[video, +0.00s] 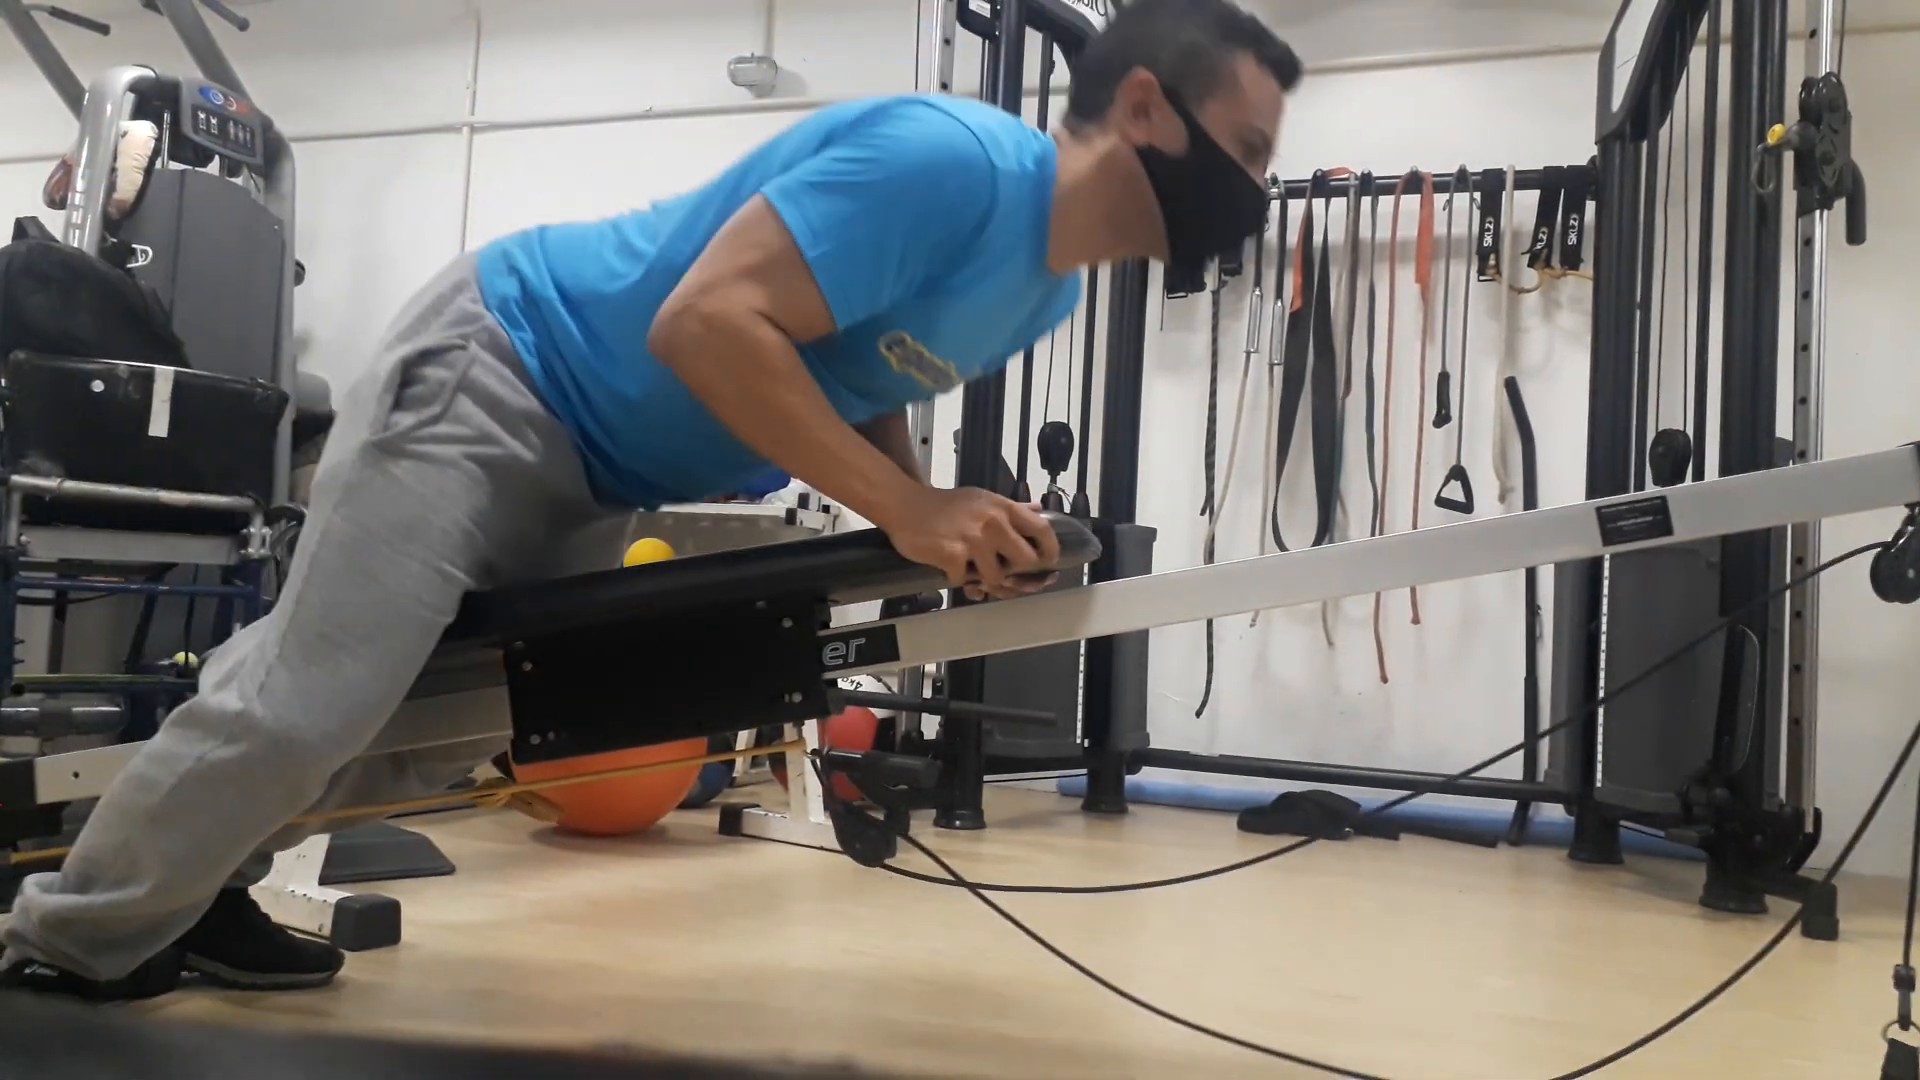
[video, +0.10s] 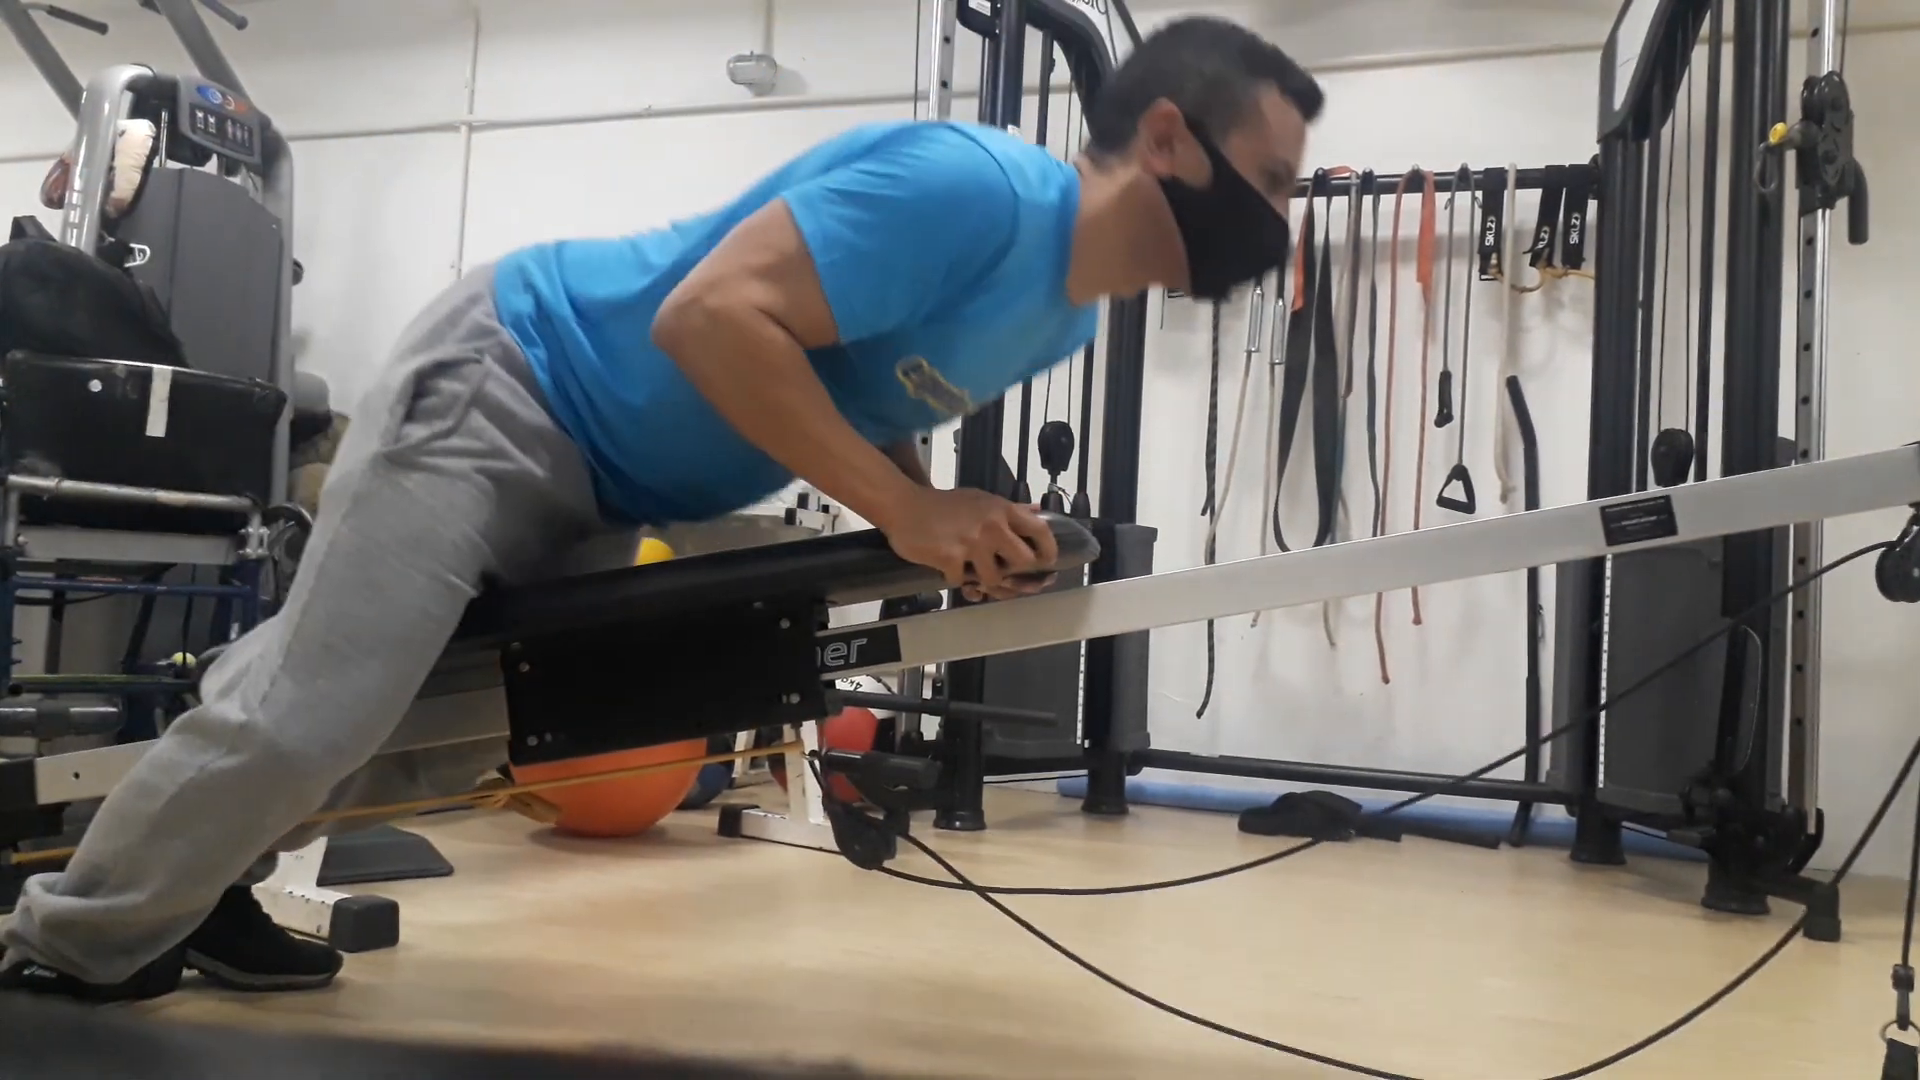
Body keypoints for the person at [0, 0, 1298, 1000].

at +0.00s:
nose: (1254, 206)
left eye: (1266, 177)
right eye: (1242, 163)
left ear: (1163, 140)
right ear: (1137, 115)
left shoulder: (1028, 285)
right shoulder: (951, 155)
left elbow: (851, 398)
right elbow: (708, 322)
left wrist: (945, 516)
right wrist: (905, 507)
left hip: (602, 470)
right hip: (503, 366)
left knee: (472, 722)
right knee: (306, 709)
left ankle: (210, 876)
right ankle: (60, 952)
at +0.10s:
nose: (1273, 235)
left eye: (1288, 205)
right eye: (1263, 192)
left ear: (1187, 165)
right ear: (1163, 141)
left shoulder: (1049, 304)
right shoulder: (970, 187)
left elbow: (859, 401)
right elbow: (718, 318)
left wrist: (948, 511)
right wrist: (900, 505)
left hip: (610, 485)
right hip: (513, 382)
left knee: (482, 733)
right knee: (308, 719)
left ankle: (215, 873)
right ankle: (63, 951)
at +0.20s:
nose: (1303, 256)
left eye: (1315, 226)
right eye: (1290, 215)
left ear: (1208, 199)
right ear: (1187, 176)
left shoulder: (1074, 340)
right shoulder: (991, 221)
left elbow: (868, 400)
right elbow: (723, 315)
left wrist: (954, 510)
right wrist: (904, 506)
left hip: (628, 500)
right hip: (530, 395)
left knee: (485, 727)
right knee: (302, 729)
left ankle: (220, 853)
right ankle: (64, 949)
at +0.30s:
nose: (1318, 296)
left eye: (1332, 268)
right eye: (1306, 252)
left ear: (1221, 241)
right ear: (1204, 210)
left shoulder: (1080, 380)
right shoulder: (1008, 253)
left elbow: (875, 428)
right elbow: (728, 310)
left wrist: (968, 518)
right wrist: (907, 506)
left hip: (629, 520)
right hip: (537, 404)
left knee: (503, 735)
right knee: (300, 726)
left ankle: (223, 842)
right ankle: (68, 944)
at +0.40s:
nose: (1325, 318)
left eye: (1339, 289)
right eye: (1312, 275)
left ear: (1221, 268)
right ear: (1209, 241)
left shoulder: (1086, 403)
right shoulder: (1018, 283)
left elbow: (881, 454)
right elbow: (733, 309)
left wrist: (979, 530)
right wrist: (911, 509)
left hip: (621, 527)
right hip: (536, 411)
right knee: (300, 729)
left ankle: (225, 852)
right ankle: (64, 941)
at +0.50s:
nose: (1315, 347)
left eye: (1332, 319)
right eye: (1305, 302)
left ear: (1225, 293)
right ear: (1208, 263)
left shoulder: (1085, 426)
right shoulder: (1024, 308)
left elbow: (858, 494)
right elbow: (731, 308)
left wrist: (973, 559)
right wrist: (910, 510)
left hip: (621, 550)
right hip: (538, 427)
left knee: (493, 750)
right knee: (294, 726)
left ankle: (236, 848)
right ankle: (60, 945)